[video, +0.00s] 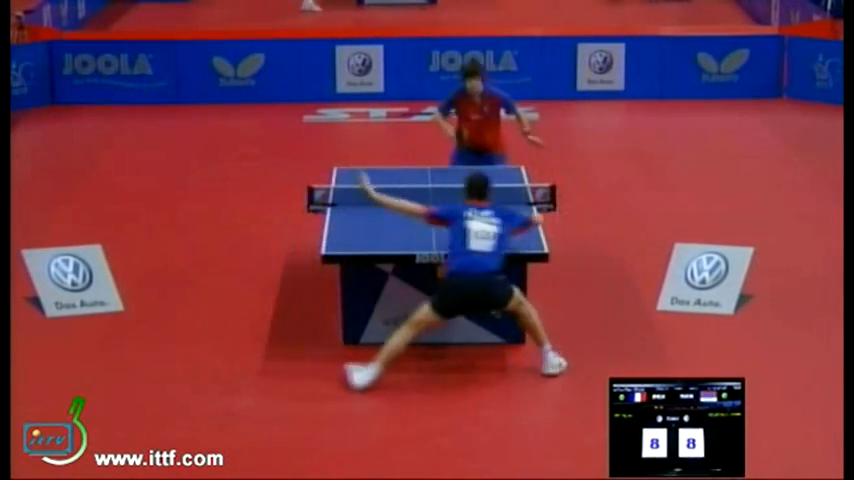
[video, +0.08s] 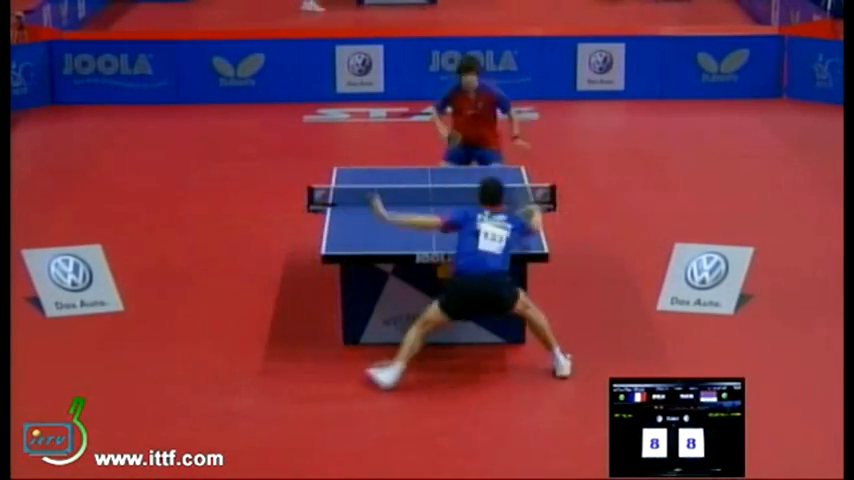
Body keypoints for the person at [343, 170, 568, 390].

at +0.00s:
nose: (472, 195)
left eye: (470, 191)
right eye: (480, 192)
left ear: (466, 194)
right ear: (488, 195)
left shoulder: (457, 213)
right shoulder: (503, 217)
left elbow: (418, 211)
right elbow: (534, 222)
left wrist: (375, 197)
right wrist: (537, 216)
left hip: (457, 283)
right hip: (492, 283)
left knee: (413, 326)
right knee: (523, 310)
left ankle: (371, 371)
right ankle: (550, 357)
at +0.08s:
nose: (492, 200)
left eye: (486, 196)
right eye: (497, 197)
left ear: (480, 199)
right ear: (502, 200)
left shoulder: (468, 216)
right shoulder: (512, 222)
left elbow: (434, 223)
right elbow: (535, 231)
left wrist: (388, 219)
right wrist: (536, 215)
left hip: (463, 284)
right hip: (498, 284)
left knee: (422, 326)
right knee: (530, 312)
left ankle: (393, 371)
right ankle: (559, 359)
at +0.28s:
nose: (471, 195)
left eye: (467, 190)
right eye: (475, 191)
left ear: (460, 195)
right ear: (483, 196)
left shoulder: (449, 217)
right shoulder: (492, 219)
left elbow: (410, 223)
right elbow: (521, 246)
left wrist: (365, 213)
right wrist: (530, 229)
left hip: (457, 289)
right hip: (493, 288)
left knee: (408, 307)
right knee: (524, 312)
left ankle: (404, 370)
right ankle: (558, 359)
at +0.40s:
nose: (446, 183)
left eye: (441, 178)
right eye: (453, 179)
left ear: (435, 181)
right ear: (460, 183)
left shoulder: (420, 204)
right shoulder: (468, 211)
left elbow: (384, 214)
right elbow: (496, 244)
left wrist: (353, 224)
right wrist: (500, 227)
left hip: (425, 278)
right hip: (461, 279)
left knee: (384, 304)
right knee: (496, 314)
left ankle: (391, 366)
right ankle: (532, 356)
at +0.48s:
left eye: (430, 179)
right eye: (443, 180)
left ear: (423, 182)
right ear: (447, 183)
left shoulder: (407, 203)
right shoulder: (455, 208)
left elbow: (369, 224)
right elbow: (479, 245)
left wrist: (357, 246)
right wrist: (483, 236)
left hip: (407, 270)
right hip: (443, 272)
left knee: (369, 304)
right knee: (477, 310)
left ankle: (363, 365)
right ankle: (492, 366)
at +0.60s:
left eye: (413, 186)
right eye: (422, 188)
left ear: (404, 190)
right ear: (426, 193)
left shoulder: (385, 213)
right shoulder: (433, 221)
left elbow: (356, 244)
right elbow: (450, 267)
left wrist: (371, 268)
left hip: (380, 282)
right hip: (415, 284)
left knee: (340, 325)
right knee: (450, 321)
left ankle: (306, 379)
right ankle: (462, 381)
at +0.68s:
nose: (412, 199)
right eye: (413, 195)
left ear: (390, 192)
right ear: (412, 197)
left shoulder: (370, 212)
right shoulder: (406, 222)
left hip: (352, 282)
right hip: (386, 285)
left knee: (312, 317)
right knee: (427, 324)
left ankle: (298, 378)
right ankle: (459, 378)